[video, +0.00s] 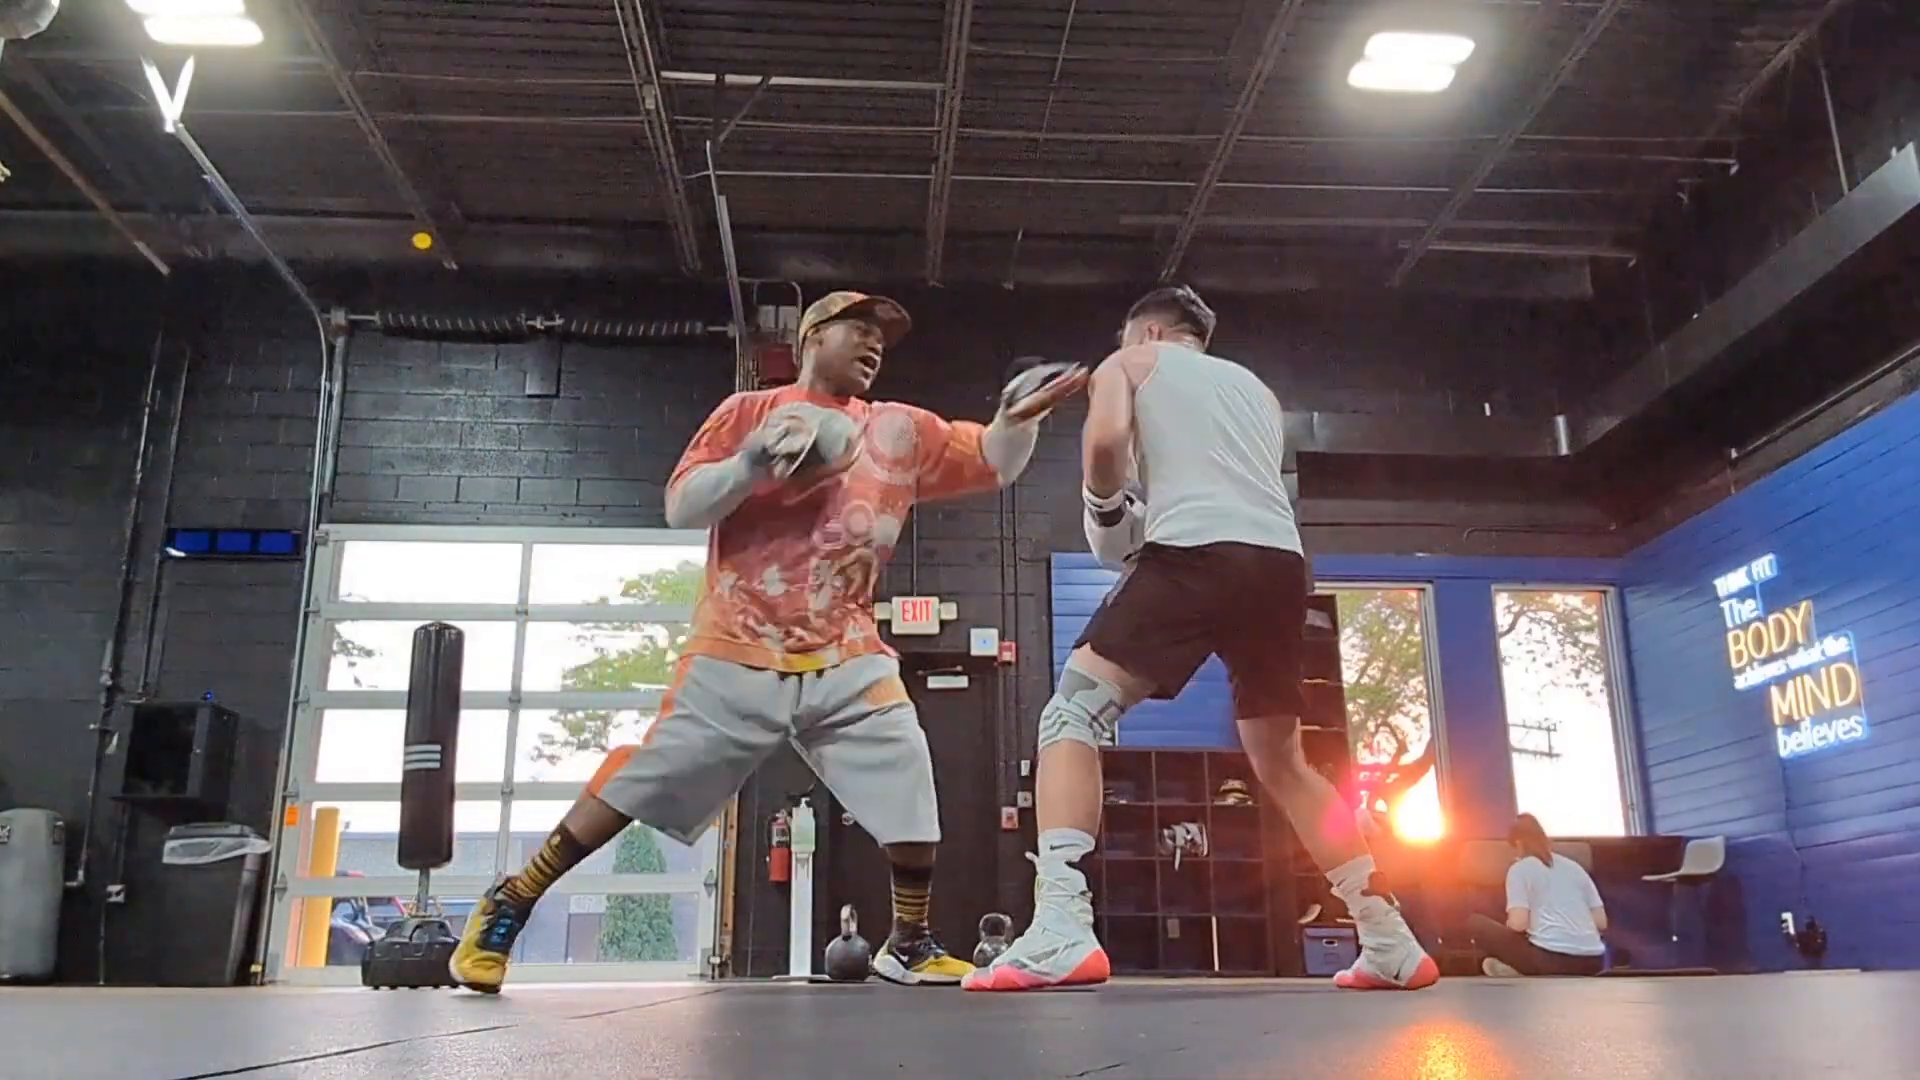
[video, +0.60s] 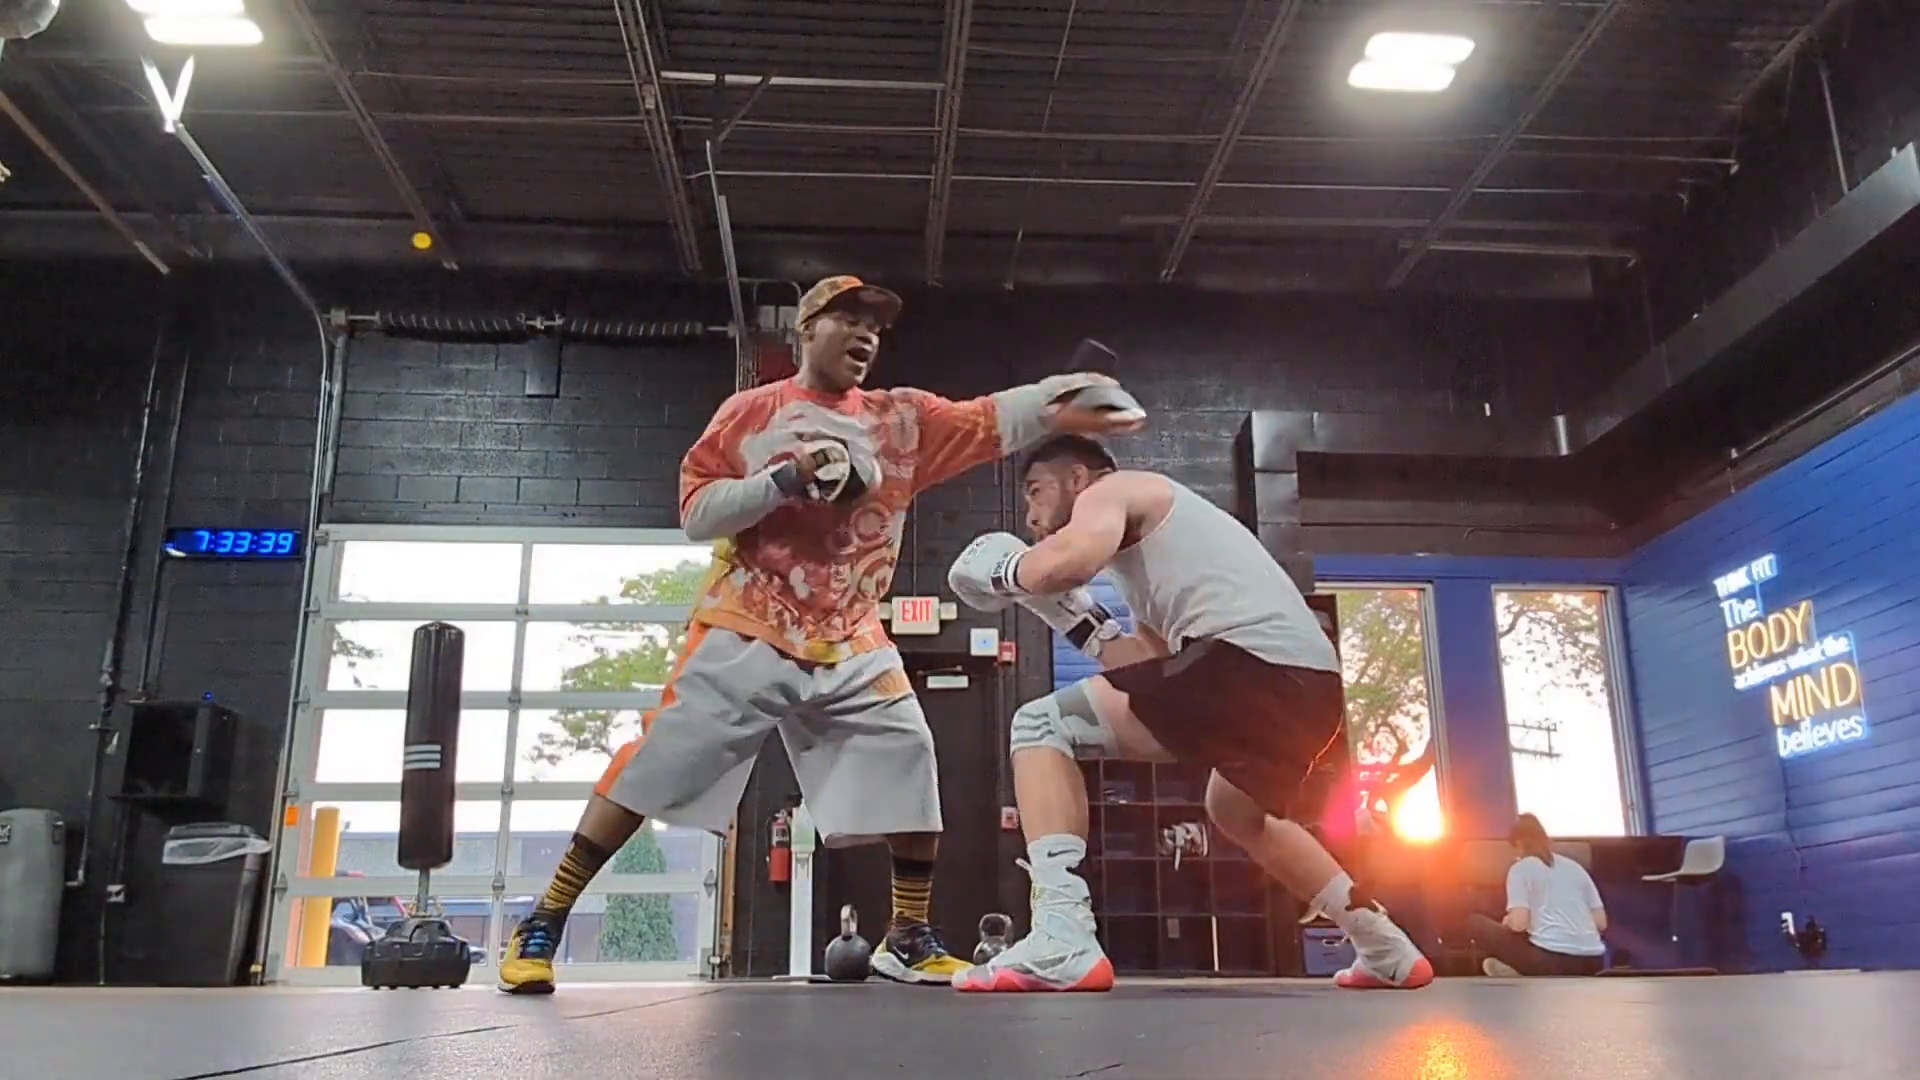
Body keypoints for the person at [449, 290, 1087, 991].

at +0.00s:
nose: (875, 338)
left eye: (881, 330)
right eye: (858, 322)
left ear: (879, 352)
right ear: (810, 335)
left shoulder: (902, 428)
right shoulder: (749, 411)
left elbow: (996, 465)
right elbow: (683, 505)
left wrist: (1015, 419)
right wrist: (755, 458)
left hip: (848, 644)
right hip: (737, 641)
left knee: (907, 762)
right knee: (656, 770)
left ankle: (908, 943)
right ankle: (512, 902)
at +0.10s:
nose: (877, 358)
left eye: (887, 349)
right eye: (864, 341)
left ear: (896, 364)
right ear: (832, 346)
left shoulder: (888, 445)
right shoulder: (789, 389)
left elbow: (912, 565)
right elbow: (827, 439)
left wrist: (942, 518)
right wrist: (884, 360)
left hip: (859, 628)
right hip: (772, 617)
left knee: (913, 753)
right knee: (698, 749)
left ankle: (906, 941)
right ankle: (547, 897)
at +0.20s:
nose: (913, 350)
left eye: (916, 340)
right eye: (898, 338)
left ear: (901, 352)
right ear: (858, 341)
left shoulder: (885, 422)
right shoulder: (838, 384)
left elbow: (884, 572)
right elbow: (961, 382)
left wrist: (912, 537)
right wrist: (1042, 341)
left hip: (862, 633)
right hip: (788, 618)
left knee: (914, 755)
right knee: (695, 758)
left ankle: (903, 940)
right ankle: (553, 899)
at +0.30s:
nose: (921, 348)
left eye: (922, 338)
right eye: (907, 334)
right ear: (865, 340)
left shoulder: (888, 427)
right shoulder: (856, 377)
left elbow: (857, 563)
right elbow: (991, 395)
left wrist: (923, 596)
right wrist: (1072, 409)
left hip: (858, 624)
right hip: (789, 604)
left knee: (913, 754)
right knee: (705, 749)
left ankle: (905, 940)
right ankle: (548, 893)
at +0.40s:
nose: (925, 350)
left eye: (927, 341)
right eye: (913, 334)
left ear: (901, 350)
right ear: (866, 335)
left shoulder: (894, 442)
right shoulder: (832, 383)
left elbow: (920, 555)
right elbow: (879, 463)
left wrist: (1011, 562)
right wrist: (979, 467)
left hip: (863, 622)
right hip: (785, 598)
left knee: (915, 747)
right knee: (701, 745)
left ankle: (905, 937)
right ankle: (548, 892)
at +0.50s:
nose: (907, 337)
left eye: (912, 329)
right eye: (893, 322)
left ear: (909, 345)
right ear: (847, 328)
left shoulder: (920, 437)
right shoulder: (790, 394)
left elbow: (1004, 491)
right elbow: (733, 493)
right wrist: (844, 498)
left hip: (865, 628)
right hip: (770, 604)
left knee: (917, 749)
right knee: (683, 741)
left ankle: (908, 931)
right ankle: (554, 909)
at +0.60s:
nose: (864, 333)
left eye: (873, 325)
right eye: (849, 317)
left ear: (878, 343)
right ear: (806, 326)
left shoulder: (904, 415)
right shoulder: (751, 411)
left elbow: (994, 418)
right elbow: (699, 514)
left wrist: (1074, 385)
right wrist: (781, 479)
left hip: (853, 630)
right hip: (748, 617)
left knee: (911, 746)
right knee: (665, 753)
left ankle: (908, 935)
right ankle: (545, 921)